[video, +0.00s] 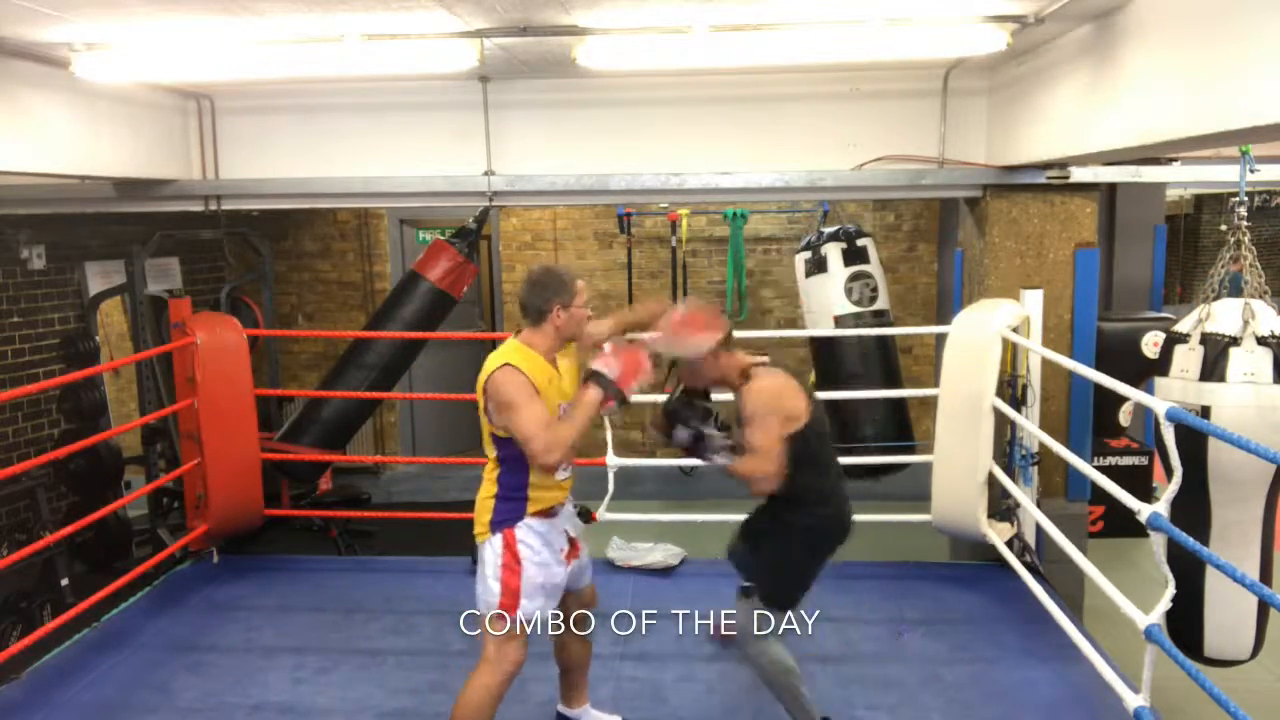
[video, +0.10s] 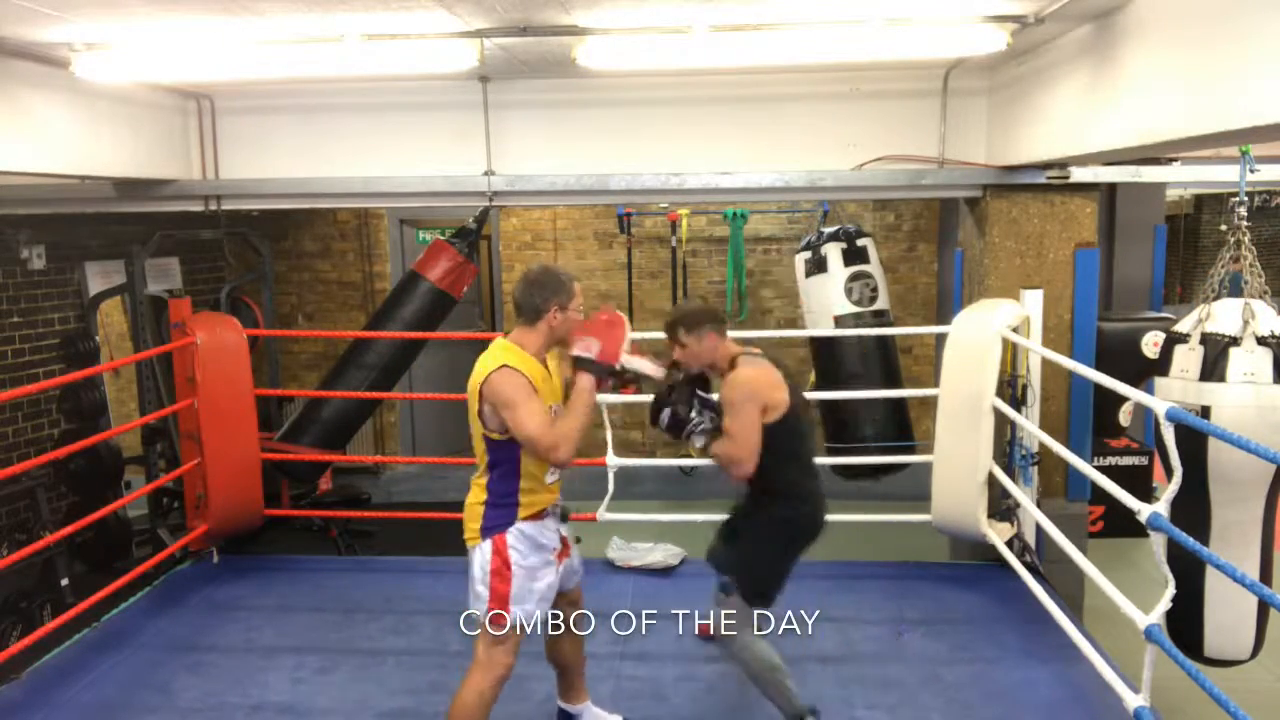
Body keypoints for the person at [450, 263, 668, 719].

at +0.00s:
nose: (588, 313)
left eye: (586, 305)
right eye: (583, 306)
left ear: (555, 314)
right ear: (557, 315)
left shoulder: (566, 347)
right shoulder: (507, 375)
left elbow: (620, 322)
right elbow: (547, 451)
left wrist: (669, 313)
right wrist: (597, 387)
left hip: (555, 514)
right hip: (513, 527)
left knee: (580, 606)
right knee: (504, 657)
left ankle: (575, 706)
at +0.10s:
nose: (581, 320)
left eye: (580, 312)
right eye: (576, 311)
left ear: (544, 313)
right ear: (552, 315)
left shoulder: (549, 356)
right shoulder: (503, 375)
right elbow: (558, 448)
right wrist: (588, 375)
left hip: (543, 519)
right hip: (503, 528)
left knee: (569, 609)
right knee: (494, 662)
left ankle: (574, 706)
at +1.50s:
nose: (536, 312)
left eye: (537, 302)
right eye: (526, 304)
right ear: (492, 307)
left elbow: (588, 370)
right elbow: (415, 421)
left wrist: (635, 366)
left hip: (506, 485)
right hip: (464, 488)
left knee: (477, 583)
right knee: (483, 602)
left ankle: (458, 660)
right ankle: (463, 713)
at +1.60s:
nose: (556, 308)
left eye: (556, 298)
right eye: (545, 300)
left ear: (552, 301)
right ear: (512, 305)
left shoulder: (552, 343)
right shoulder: (470, 347)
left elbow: (597, 379)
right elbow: (407, 401)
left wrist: (635, 396)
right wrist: (432, 446)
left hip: (521, 489)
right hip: (483, 494)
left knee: (499, 590)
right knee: (485, 612)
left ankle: (463, 660)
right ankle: (462, 713)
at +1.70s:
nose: (584, 303)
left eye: (584, 294)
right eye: (574, 295)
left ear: (559, 303)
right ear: (541, 300)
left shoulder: (563, 347)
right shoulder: (505, 338)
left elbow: (584, 391)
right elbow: (465, 371)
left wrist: (605, 398)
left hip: (538, 482)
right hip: (499, 489)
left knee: (550, 570)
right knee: (488, 611)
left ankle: (500, 643)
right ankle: (463, 712)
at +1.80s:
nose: (605, 308)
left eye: (606, 298)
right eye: (594, 299)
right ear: (561, 302)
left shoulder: (584, 350)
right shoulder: (534, 338)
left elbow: (596, 397)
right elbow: (597, 323)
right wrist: (651, 310)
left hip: (569, 488)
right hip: (523, 494)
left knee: (582, 568)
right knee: (500, 606)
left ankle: (581, 656)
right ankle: (466, 711)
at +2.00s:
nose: (657, 309)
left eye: (658, 301)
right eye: (648, 302)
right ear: (615, 306)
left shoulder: (639, 345)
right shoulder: (598, 343)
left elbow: (669, 381)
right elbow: (677, 382)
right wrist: (737, 390)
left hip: (629, 488)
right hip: (586, 491)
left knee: (651, 568)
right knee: (568, 603)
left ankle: (646, 660)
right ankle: (493, 699)